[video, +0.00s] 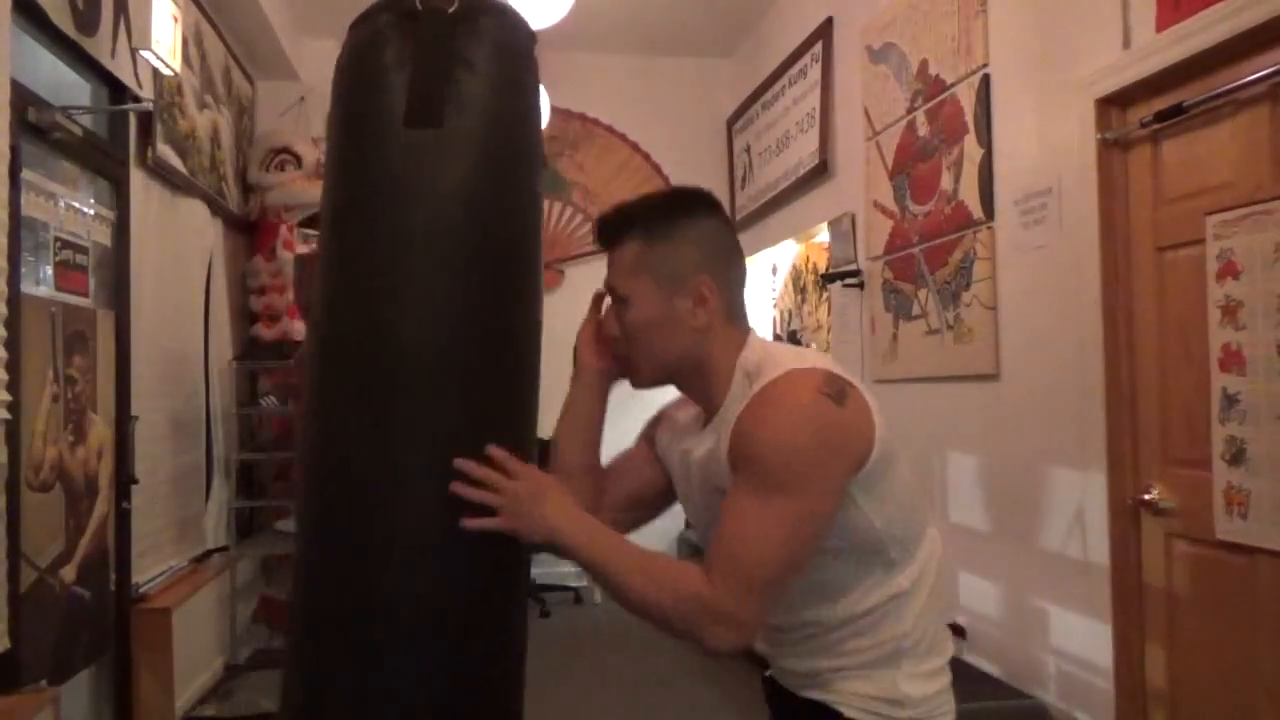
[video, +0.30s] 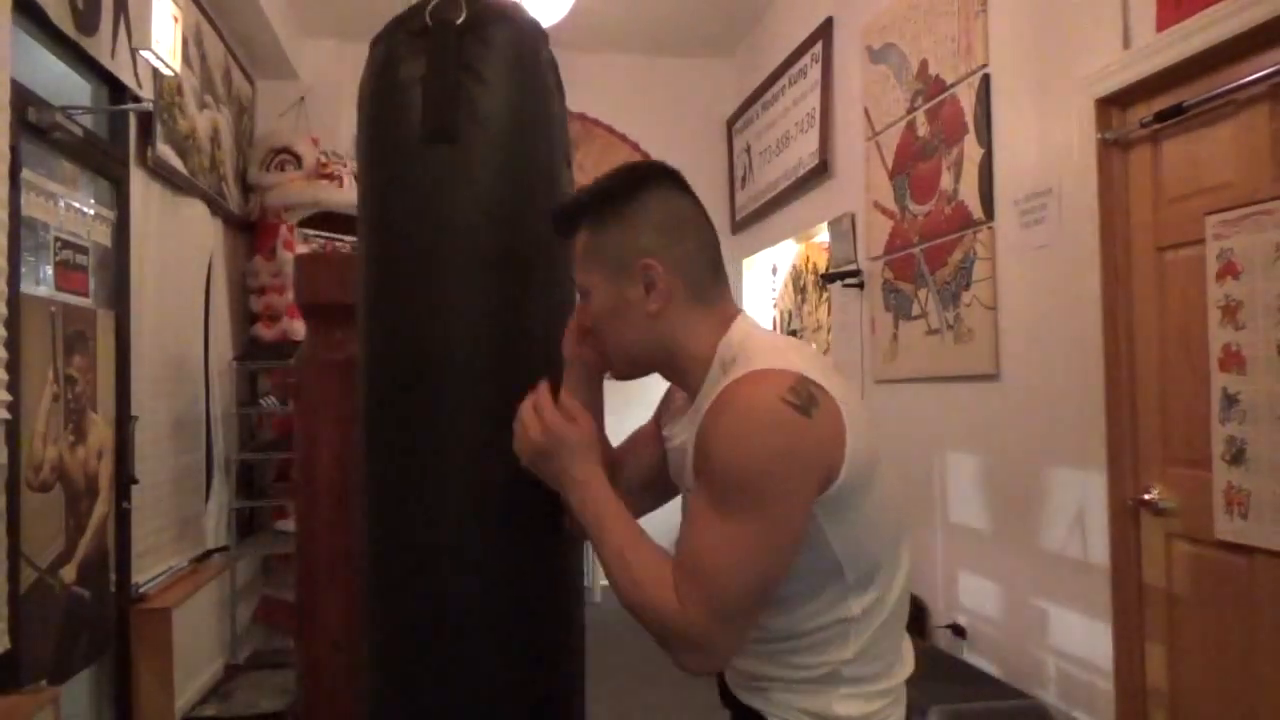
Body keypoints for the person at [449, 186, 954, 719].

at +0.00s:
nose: (607, 325)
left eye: (621, 304)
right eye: (609, 304)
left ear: (698, 303)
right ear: (692, 308)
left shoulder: (801, 408)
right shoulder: (682, 426)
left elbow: (726, 619)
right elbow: (579, 521)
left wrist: (561, 520)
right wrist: (590, 381)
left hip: (873, 702)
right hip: (788, 687)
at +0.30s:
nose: (581, 319)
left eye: (585, 295)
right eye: (578, 297)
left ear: (651, 286)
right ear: (651, 286)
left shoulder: (763, 409)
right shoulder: (703, 381)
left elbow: (700, 641)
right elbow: (602, 501)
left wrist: (579, 477)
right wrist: (582, 372)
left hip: (821, 709)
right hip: (758, 692)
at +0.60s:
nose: (676, 299)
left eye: (673, 279)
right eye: (669, 282)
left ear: (715, 262)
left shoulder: (741, 349)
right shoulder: (822, 328)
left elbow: (594, 480)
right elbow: (710, 492)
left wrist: (609, 316)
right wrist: (687, 318)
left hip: (781, 700)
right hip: (876, 680)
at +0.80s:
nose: (716, 349)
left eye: (716, 331)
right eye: (714, 335)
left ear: (749, 307)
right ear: (811, 303)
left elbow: (644, 528)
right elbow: (934, 539)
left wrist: (624, 396)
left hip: (777, 702)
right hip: (907, 696)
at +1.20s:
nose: (698, 321)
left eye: (706, 299)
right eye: (698, 301)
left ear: (768, 292)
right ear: (771, 294)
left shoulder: (822, 346)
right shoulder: (837, 344)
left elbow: (740, 518)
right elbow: (726, 514)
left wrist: (673, 387)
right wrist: (697, 383)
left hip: (845, 692)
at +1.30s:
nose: (688, 306)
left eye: (697, 284)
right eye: (686, 286)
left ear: (766, 281)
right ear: (765, 284)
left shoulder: (847, 358)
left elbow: (804, 542)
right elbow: (669, 510)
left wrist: (684, 411)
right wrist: (672, 393)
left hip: (847, 692)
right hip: (788, 678)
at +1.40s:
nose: (668, 306)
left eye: (680, 283)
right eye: (666, 285)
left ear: (752, 276)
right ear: (751, 281)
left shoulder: (853, 362)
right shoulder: (736, 391)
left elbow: (820, 553)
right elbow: (642, 512)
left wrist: (682, 426)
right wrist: (651, 376)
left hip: (840, 694)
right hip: (763, 678)